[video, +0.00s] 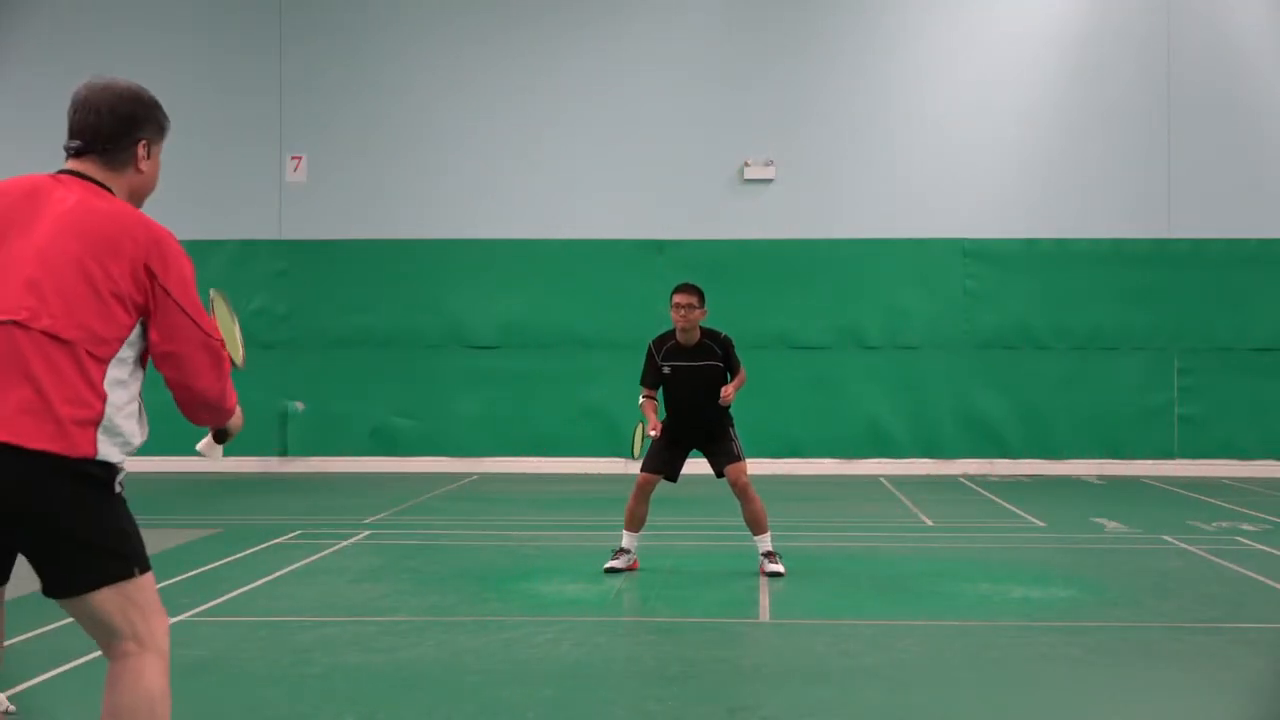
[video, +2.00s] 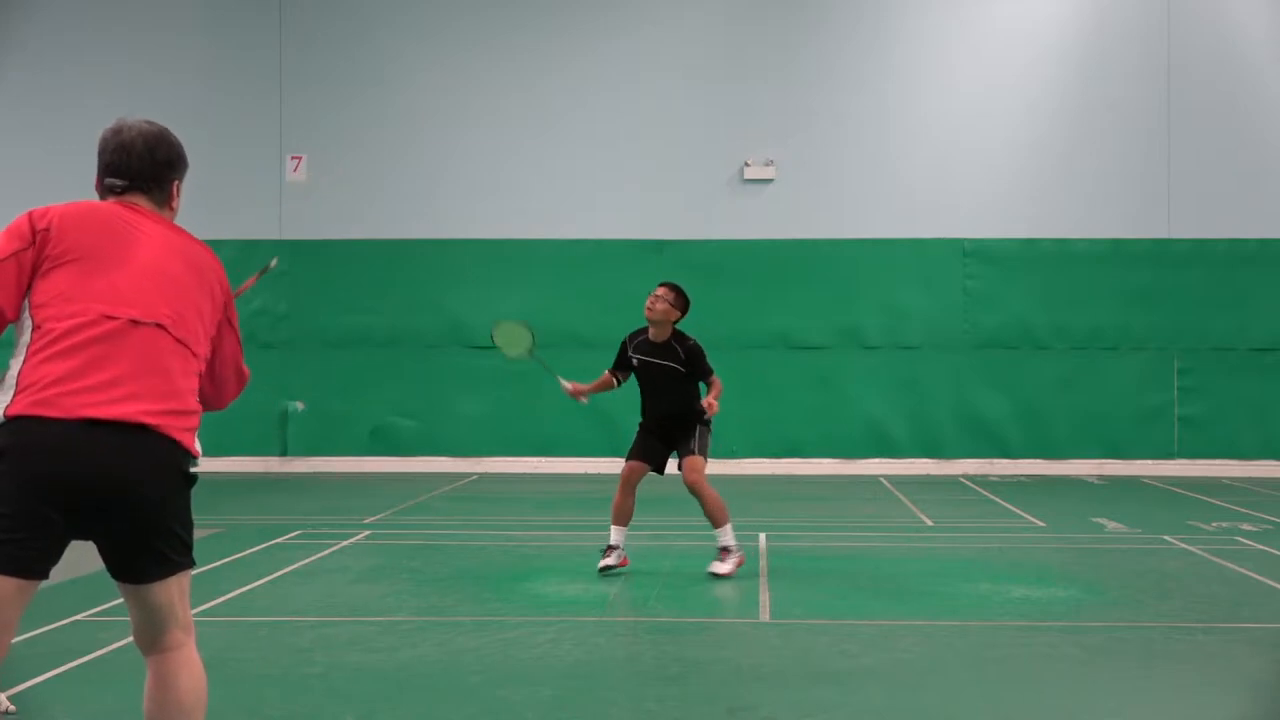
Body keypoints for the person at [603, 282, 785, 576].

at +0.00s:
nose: (681, 312)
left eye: (688, 308)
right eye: (677, 307)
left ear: (702, 313)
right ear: (670, 311)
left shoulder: (720, 343)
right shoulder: (659, 347)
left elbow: (739, 375)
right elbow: (648, 394)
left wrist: (732, 387)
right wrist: (652, 419)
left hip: (716, 424)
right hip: (675, 425)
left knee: (740, 482)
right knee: (644, 482)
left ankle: (767, 553)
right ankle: (627, 551)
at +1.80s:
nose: (669, 317)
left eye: (678, 314)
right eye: (666, 312)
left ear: (692, 323)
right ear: (660, 318)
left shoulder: (708, 354)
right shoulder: (649, 357)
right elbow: (632, 401)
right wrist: (626, 424)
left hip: (709, 430)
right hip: (668, 430)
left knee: (735, 488)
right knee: (639, 480)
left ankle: (768, 553)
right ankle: (621, 552)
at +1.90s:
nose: (661, 311)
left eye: (671, 309)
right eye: (660, 306)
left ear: (684, 322)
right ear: (653, 312)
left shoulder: (696, 354)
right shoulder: (639, 352)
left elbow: (721, 387)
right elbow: (622, 392)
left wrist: (722, 404)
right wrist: (604, 412)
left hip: (696, 431)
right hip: (658, 431)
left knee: (718, 488)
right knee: (635, 481)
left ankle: (762, 548)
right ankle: (620, 553)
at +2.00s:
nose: (652, 301)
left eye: (661, 300)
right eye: (652, 296)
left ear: (675, 314)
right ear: (647, 303)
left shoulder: (687, 347)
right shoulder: (634, 342)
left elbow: (714, 382)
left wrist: (711, 398)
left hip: (690, 422)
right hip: (654, 423)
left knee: (693, 478)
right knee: (628, 476)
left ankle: (730, 550)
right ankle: (615, 549)